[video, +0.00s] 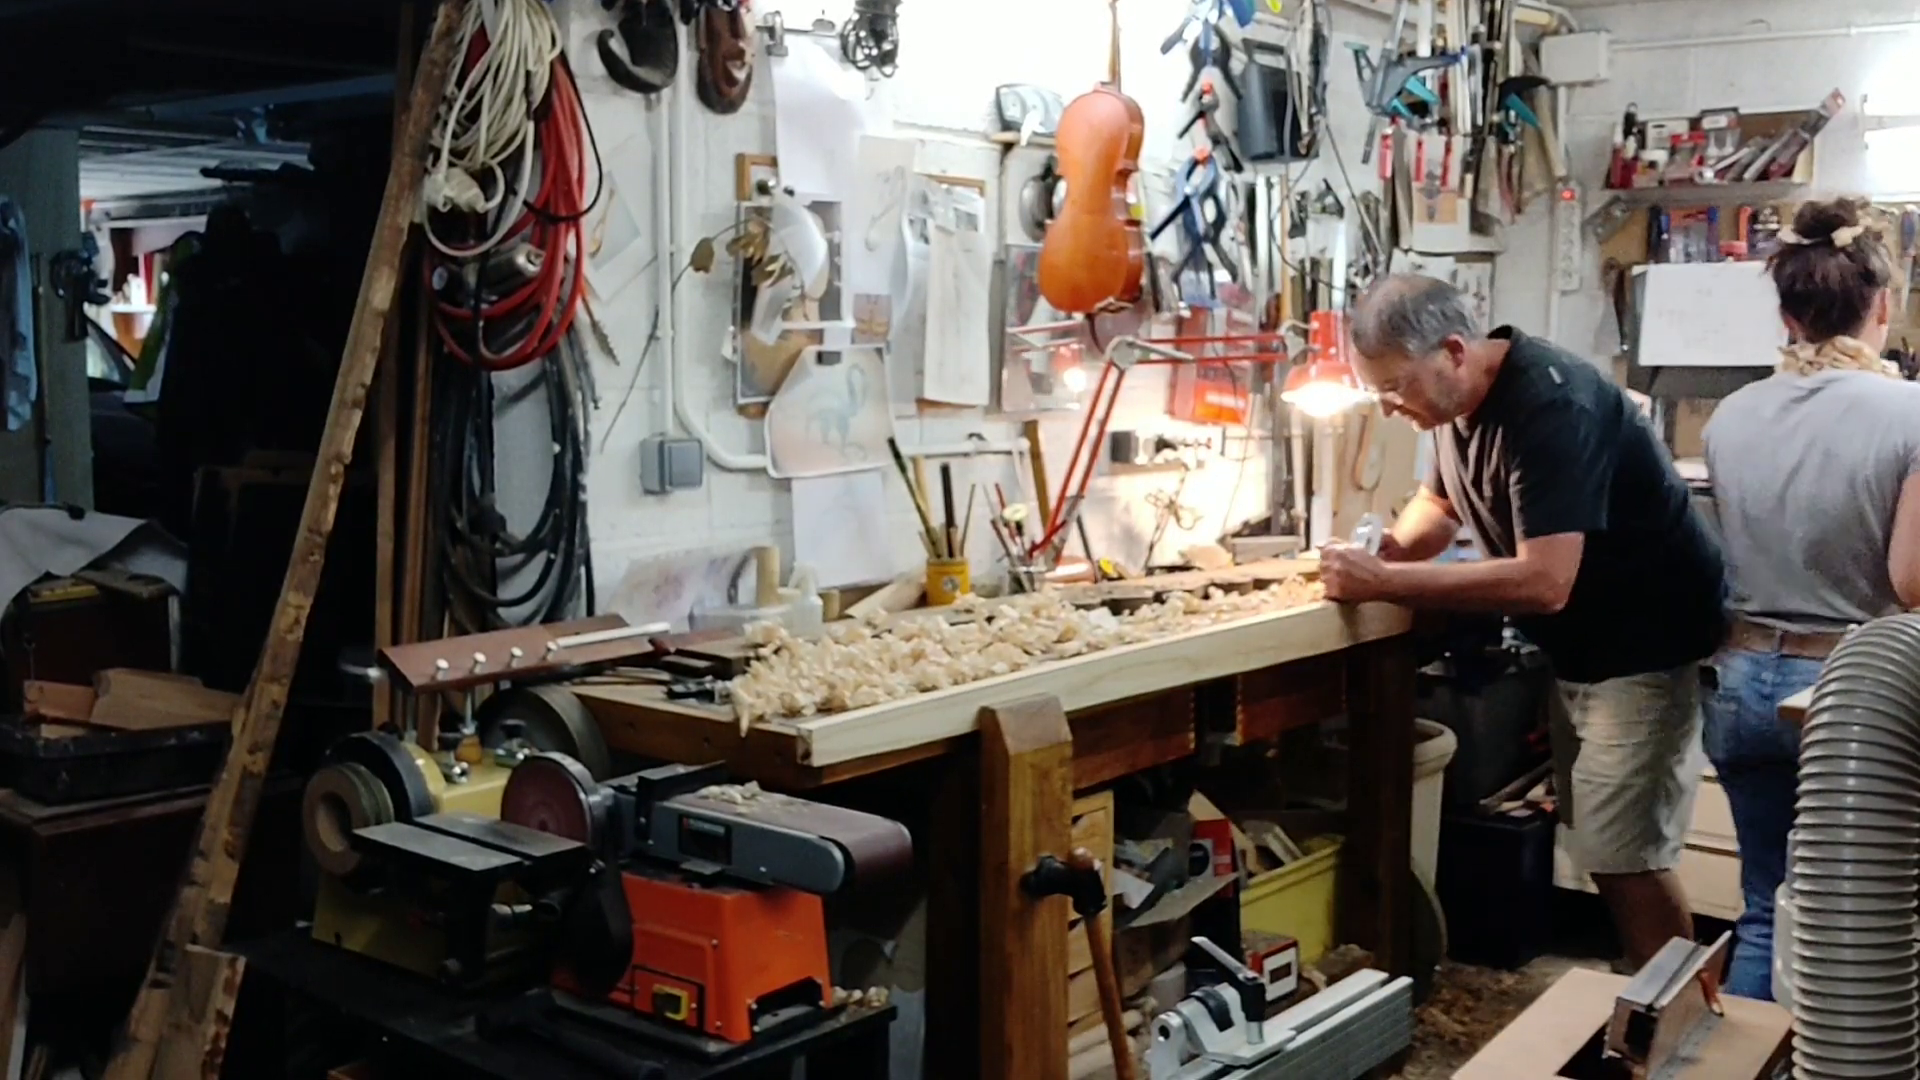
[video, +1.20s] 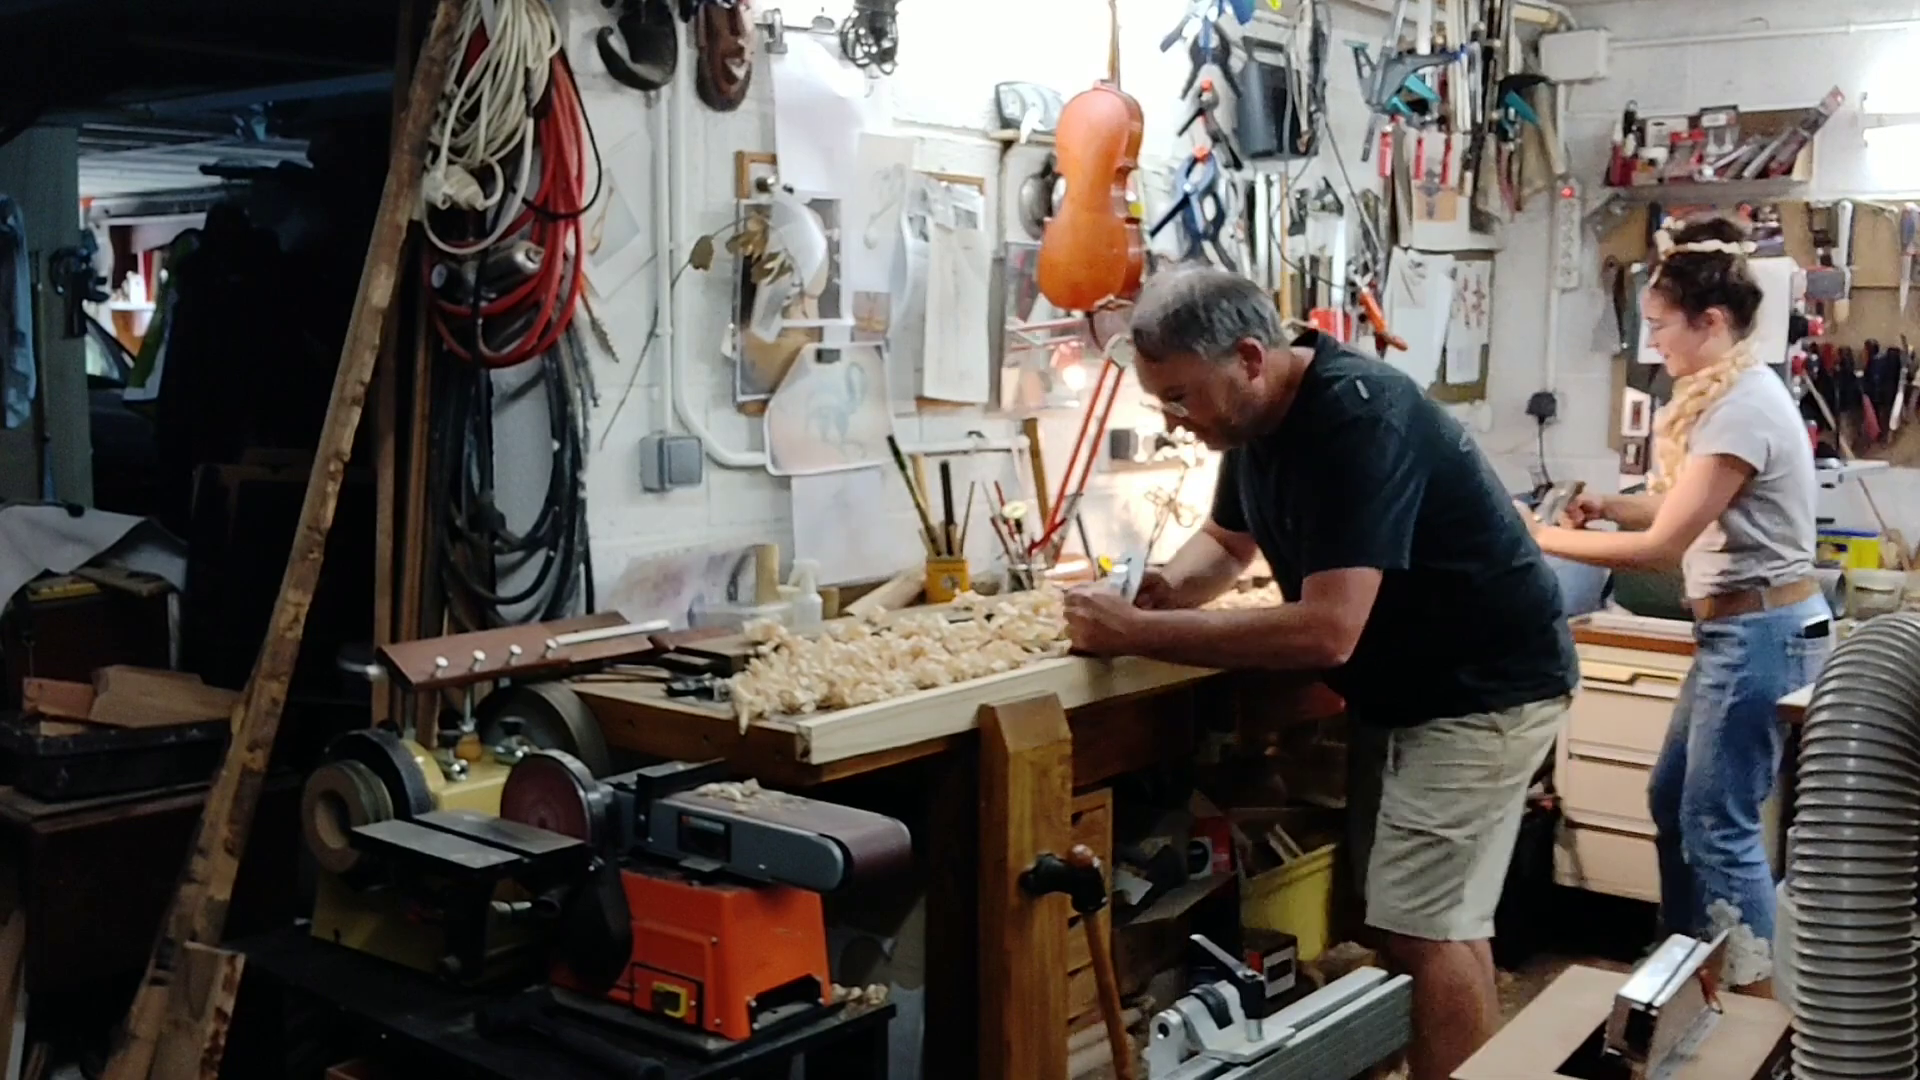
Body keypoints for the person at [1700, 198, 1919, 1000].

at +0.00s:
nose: (1893, 314)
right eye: (1891, 299)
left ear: (1786, 321)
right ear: (1881, 309)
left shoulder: (1729, 417)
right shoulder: (1905, 412)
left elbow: (1733, 543)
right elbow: (1906, 577)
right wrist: (1910, 653)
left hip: (1738, 669)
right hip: (1852, 677)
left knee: (1762, 897)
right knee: (1851, 900)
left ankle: (1749, 1059)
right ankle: (1838, 1060)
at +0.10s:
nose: (1915, 311)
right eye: (1913, 297)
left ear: (1807, 320)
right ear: (1905, 313)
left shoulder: (1750, 424)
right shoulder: (1911, 412)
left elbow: (1749, 555)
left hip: (1763, 671)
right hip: (1881, 678)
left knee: (1770, 883)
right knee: (1869, 886)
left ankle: (1755, 1046)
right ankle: (1851, 1049)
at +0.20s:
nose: (1812, 331)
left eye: (1817, 317)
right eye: (1817, 316)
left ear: (1832, 330)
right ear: (1916, 330)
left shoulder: (1771, 427)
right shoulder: (1918, 414)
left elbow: (1760, 571)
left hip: (1790, 674)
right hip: (1901, 677)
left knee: (1797, 869)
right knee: (1889, 871)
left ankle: (1791, 1036)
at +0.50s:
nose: (1820, 332)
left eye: (1824, 316)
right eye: (1819, 317)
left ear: (1858, 314)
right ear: (1906, 312)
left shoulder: (1811, 407)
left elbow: (1784, 560)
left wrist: (1746, 501)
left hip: (1827, 646)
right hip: (1915, 643)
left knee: (1792, 822)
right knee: (1901, 823)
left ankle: (1803, 998)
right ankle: (1890, 997)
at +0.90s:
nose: (1718, 340)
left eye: (1723, 324)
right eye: (1717, 323)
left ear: (1773, 322)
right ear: (1788, 320)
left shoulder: (1773, 412)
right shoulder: (1856, 399)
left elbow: (1731, 560)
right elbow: (1832, 525)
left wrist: (1629, 518)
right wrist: (1733, 509)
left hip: (1775, 646)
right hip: (1850, 635)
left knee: (1745, 850)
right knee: (1818, 840)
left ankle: (1764, 1021)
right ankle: (1821, 1009)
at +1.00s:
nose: (1694, 341)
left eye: (1699, 323)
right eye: (1692, 324)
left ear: (1750, 319)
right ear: (1763, 317)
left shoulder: (1764, 411)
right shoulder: (1816, 392)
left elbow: (1700, 554)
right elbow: (1778, 507)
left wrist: (1590, 520)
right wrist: (1684, 504)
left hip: (1770, 638)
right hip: (1825, 625)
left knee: (1730, 831)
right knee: (1791, 818)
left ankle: (1750, 997)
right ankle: (1807, 978)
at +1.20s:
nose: (1650, 342)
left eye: (1658, 326)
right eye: (1648, 327)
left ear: (1711, 322)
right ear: (1709, 321)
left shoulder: (1746, 404)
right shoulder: (1718, 398)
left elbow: (1659, 548)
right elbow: (1681, 507)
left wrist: (1540, 538)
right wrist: (1608, 509)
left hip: (1763, 636)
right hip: (1732, 631)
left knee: (1716, 821)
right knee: (1671, 800)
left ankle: (1756, 995)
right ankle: (1694, 963)